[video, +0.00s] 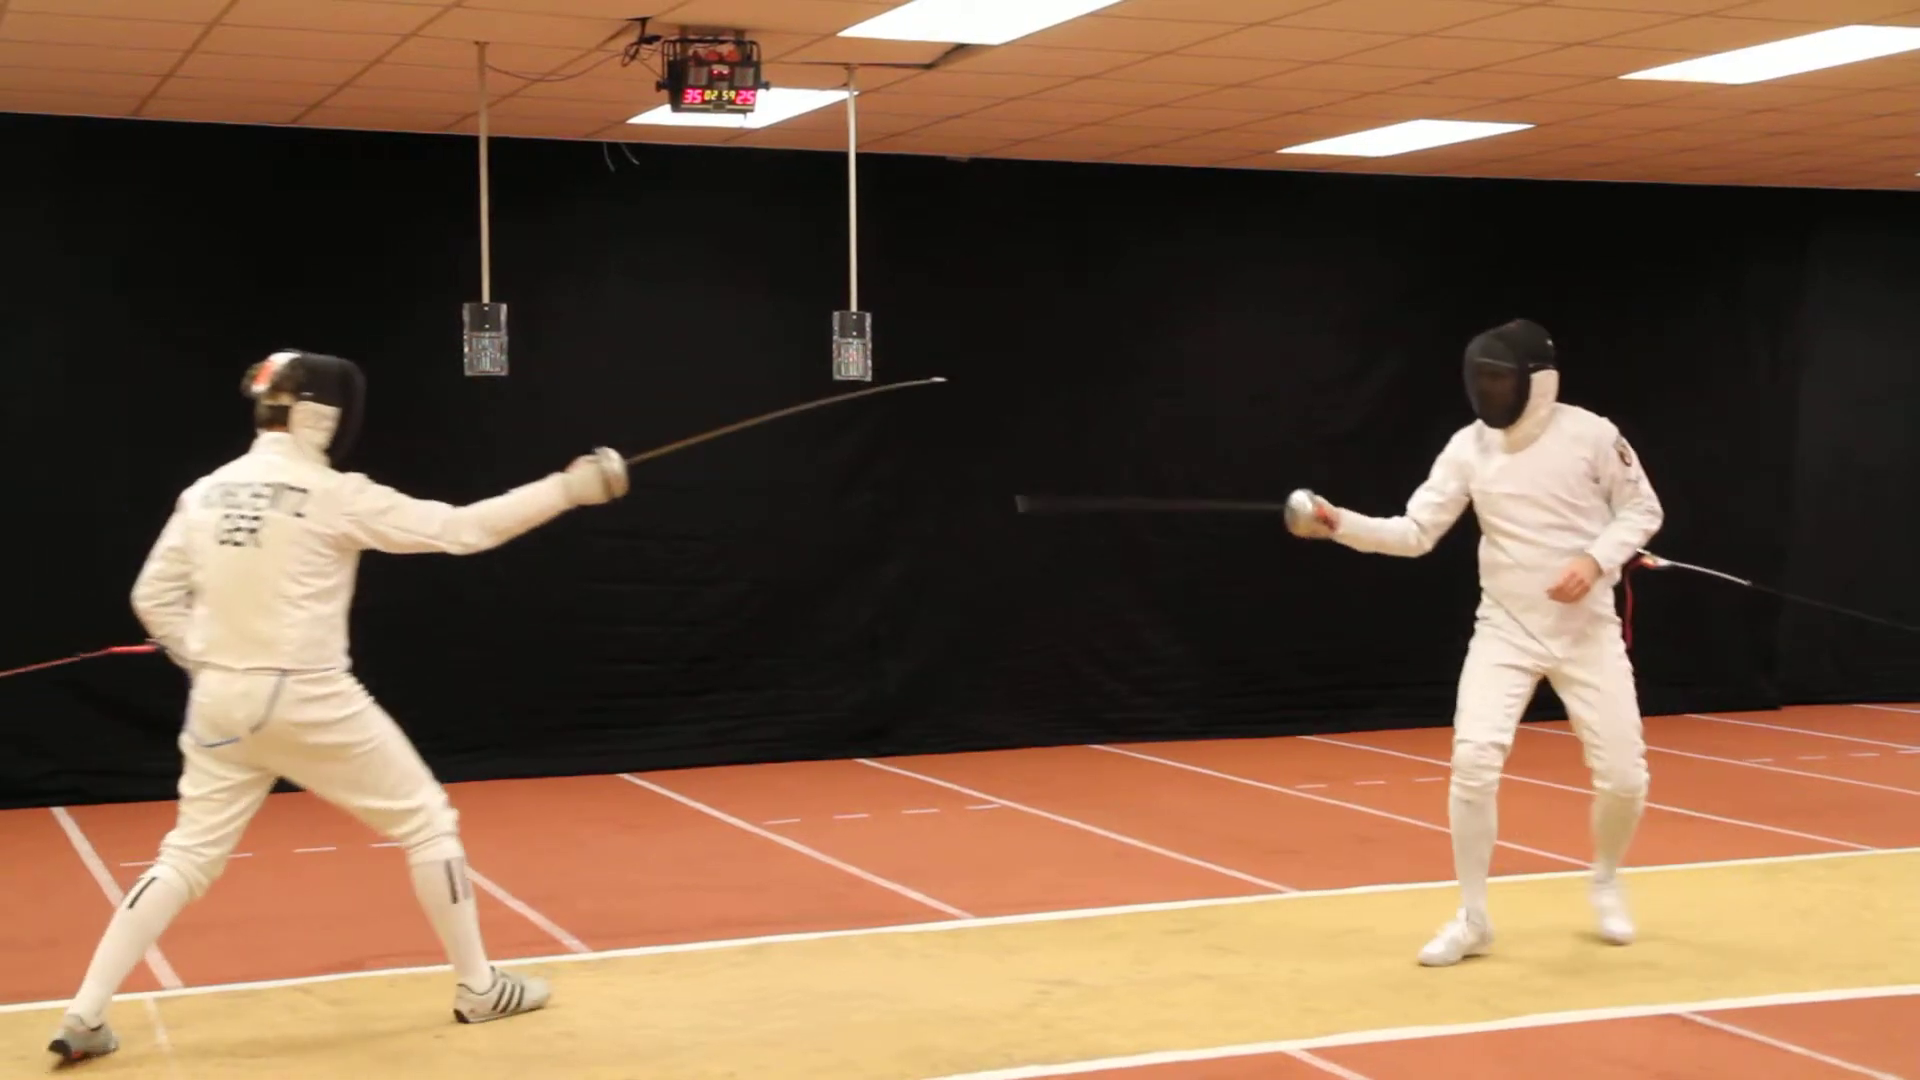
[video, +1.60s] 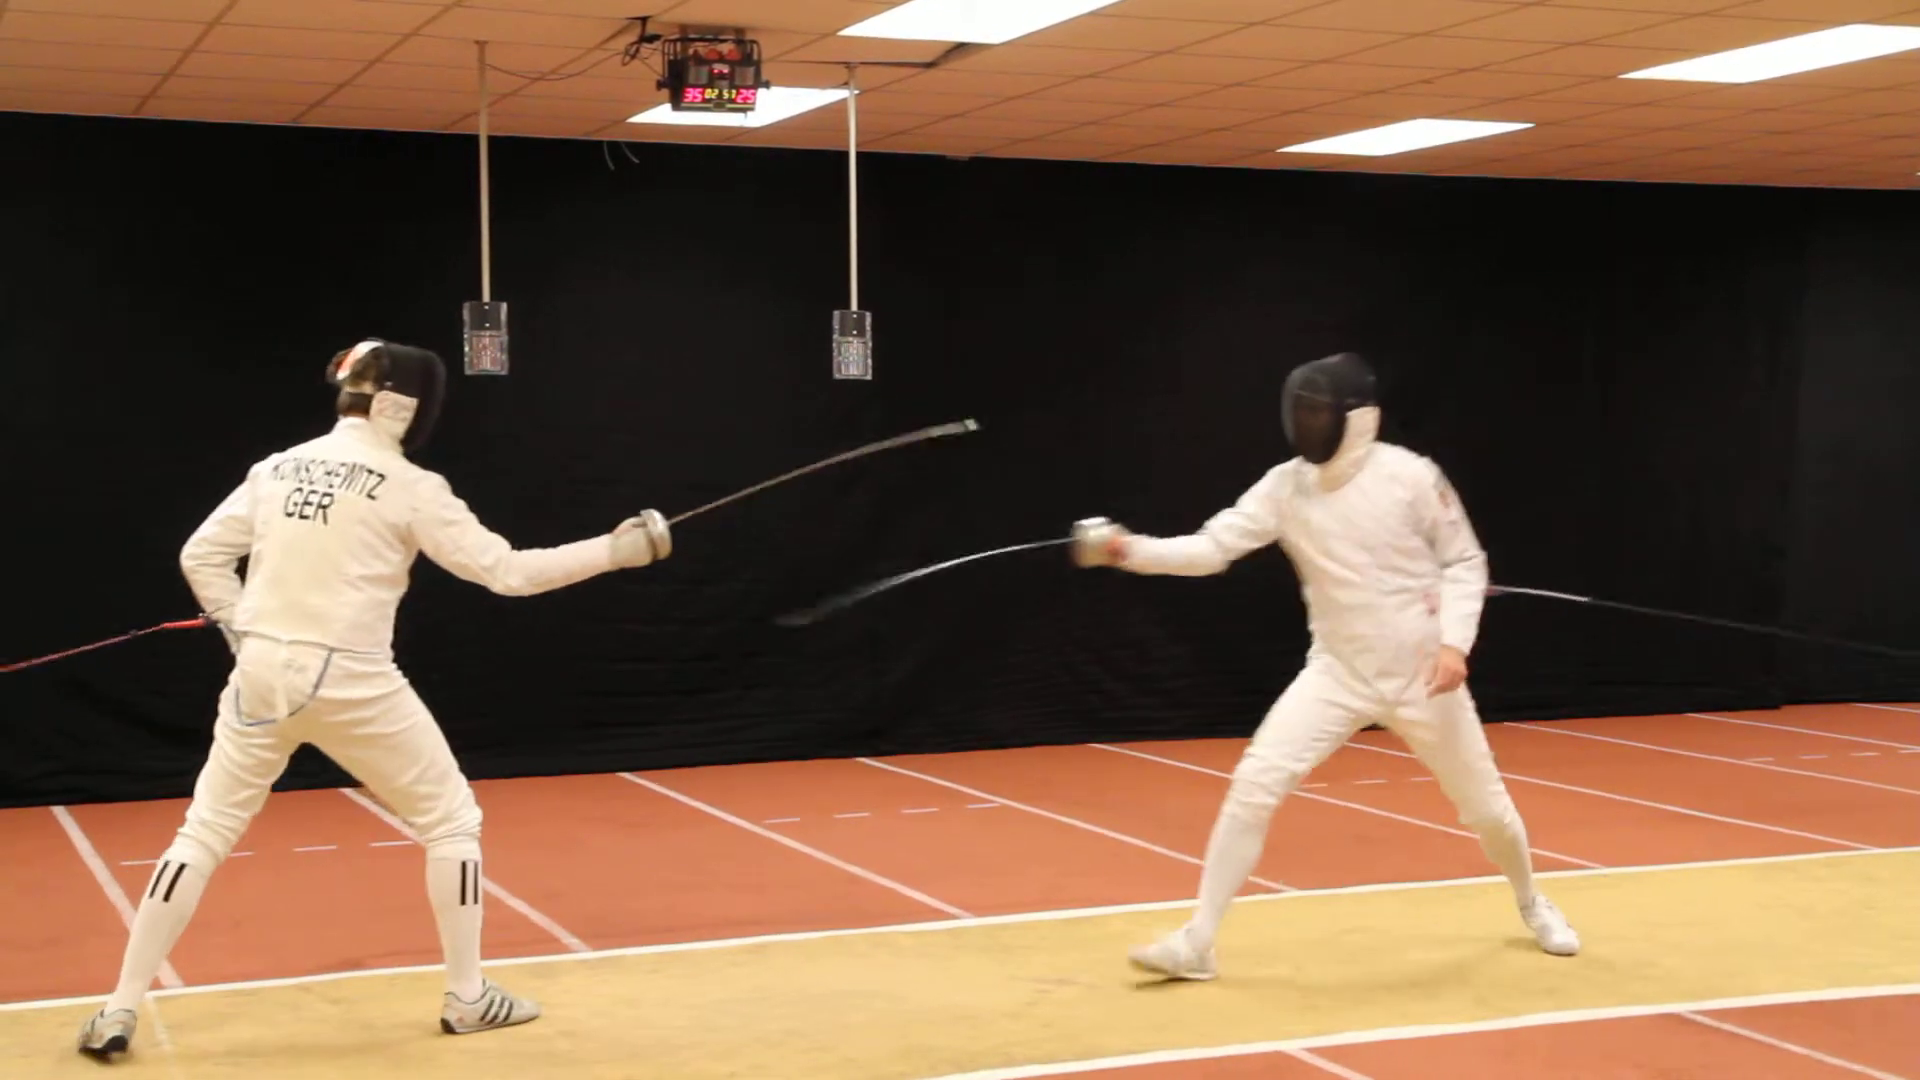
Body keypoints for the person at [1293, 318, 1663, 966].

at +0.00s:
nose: (1486, 390)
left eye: (1499, 378)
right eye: (1480, 377)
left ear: (1537, 380)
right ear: (1477, 380)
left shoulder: (1592, 437)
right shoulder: (1470, 449)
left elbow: (1643, 511)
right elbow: (1415, 533)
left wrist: (1595, 560)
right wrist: (1336, 522)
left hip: (1589, 634)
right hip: (1504, 630)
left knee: (1625, 781)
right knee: (1472, 765)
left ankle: (1606, 881)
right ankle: (1472, 917)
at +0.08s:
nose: (1474, 389)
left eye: (1487, 377)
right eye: (1468, 376)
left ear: (1527, 377)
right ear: (1463, 377)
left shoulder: (1582, 433)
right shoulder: (1457, 446)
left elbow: (1632, 505)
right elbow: (1398, 528)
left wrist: (1581, 555)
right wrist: (1319, 506)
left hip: (1578, 632)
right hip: (1493, 627)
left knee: (1603, 782)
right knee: (1451, 754)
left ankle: (1572, 892)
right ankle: (1449, 909)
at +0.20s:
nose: (1452, 402)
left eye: (1465, 389)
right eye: (1446, 389)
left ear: (1504, 391)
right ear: (1440, 391)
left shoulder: (1560, 447)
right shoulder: (1436, 461)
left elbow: (1618, 517)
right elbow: (1368, 533)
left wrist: (1566, 580)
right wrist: (1291, 505)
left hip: (1559, 645)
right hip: (1473, 643)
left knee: (1577, 790)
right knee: (1423, 771)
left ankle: (1565, 904)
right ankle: (1370, 922)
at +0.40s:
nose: (1390, 415)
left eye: (1403, 403)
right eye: (1385, 402)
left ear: (1442, 406)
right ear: (1381, 404)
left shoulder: (1500, 465)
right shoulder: (1372, 473)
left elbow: (1557, 546)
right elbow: (1291, 519)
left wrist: (1561, 638)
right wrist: (1205, 505)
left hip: (1504, 658)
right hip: (1416, 659)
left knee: (1558, 801)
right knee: (1354, 774)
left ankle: (1562, 892)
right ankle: (1343, 935)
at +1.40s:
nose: (1382, 398)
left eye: (1396, 386)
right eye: (1378, 385)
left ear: (1435, 390)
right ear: (1375, 387)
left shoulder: (1487, 455)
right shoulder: (1366, 460)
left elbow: (1540, 542)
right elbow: (1311, 545)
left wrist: (1517, 613)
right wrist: (1233, 522)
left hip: (1482, 650)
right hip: (1397, 646)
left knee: (1511, 795)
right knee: (1331, 769)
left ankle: (1537, 908)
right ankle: (1287, 922)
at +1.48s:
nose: (1361, 408)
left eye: (1376, 395)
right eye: (1357, 395)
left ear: (1414, 399)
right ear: (1351, 396)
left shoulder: (1463, 462)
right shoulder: (1341, 471)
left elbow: (1515, 550)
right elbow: (1286, 552)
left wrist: (1488, 625)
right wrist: (1212, 533)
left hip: (1464, 660)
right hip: (1377, 655)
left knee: (1501, 800)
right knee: (1307, 775)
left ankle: (1537, 909)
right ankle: (1239, 920)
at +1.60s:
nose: (1305, 425)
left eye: (1320, 412)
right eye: (1300, 411)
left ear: (1361, 418)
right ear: (1294, 417)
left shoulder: (1412, 479)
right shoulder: (1286, 488)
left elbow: (1465, 563)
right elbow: (1211, 548)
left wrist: (1454, 645)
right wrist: (1127, 550)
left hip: (1424, 678)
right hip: (1334, 676)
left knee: (1491, 813)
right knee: (1255, 784)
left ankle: (1533, 906)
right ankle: (1197, 941)